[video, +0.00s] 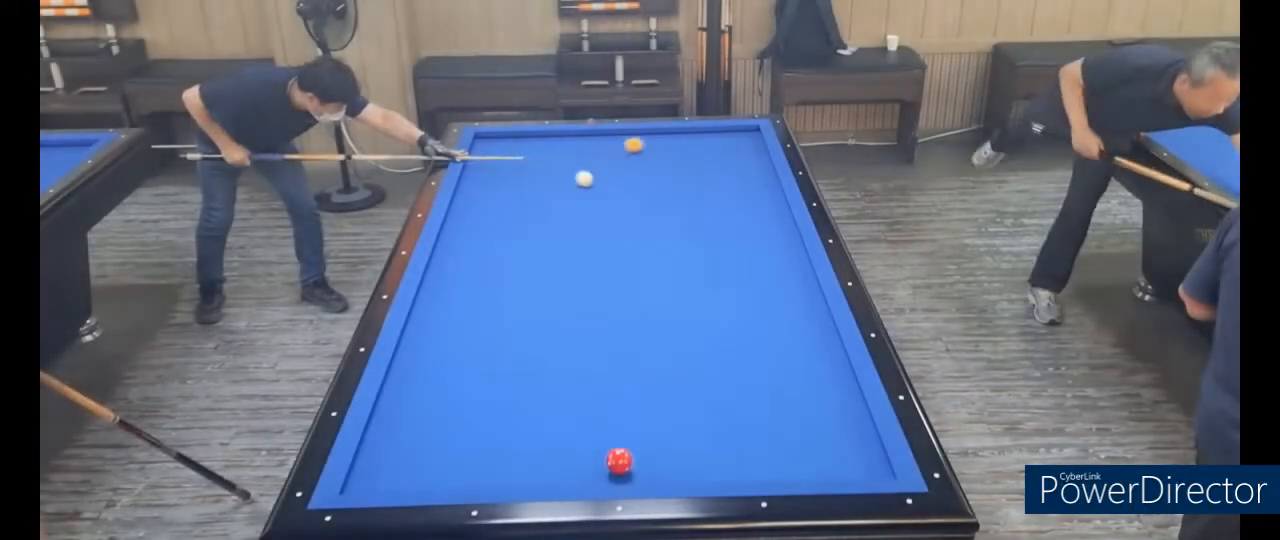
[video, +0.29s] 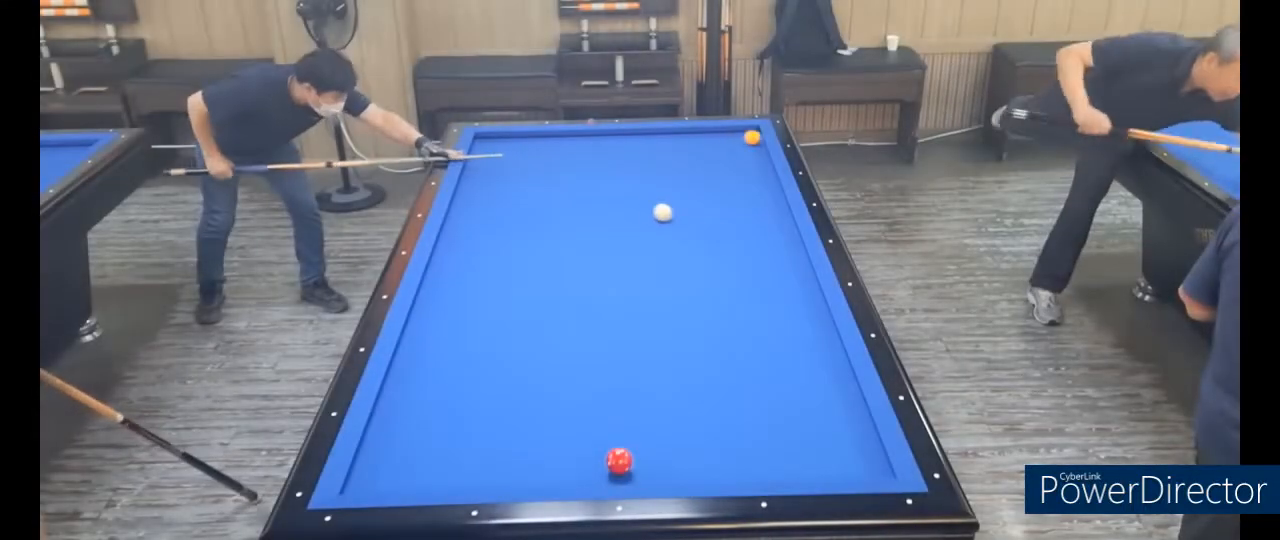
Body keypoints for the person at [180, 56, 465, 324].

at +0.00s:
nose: (334, 116)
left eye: (337, 111)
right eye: (331, 111)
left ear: (330, 97)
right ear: (310, 97)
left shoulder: (329, 94)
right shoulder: (255, 86)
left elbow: (382, 118)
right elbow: (191, 98)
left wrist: (426, 142)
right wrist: (225, 144)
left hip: (274, 147)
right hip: (221, 148)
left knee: (305, 208)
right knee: (215, 219)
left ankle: (314, 284)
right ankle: (209, 292)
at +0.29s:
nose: (339, 107)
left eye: (342, 100)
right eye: (332, 100)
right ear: (307, 89)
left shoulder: (331, 92)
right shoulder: (255, 87)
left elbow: (380, 118)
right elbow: (196, 104)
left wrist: (422, 142)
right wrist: (212, 156)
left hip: (273, 147)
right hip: (223, 148)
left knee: (306, 208)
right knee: (217, 221)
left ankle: (314, 284)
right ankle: (209, 292)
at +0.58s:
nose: (320, 72)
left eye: (323, 64)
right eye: (312, 64)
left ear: (327, 58)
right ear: (285, 58)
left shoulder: (323, 75)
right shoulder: (243, 68)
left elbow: (345, 107)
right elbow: (191, 98)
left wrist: (358, 153)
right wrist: (198, 152)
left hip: (276, 146)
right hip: (224, 149)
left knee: (307, 209)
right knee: (219, 219)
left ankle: (314, 284)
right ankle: (209, 291)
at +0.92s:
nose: (280, 27)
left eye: (286, 17)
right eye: (271, 18)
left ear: (293, 11)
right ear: (247, 14)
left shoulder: (292, 37)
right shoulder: (212, 43)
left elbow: (298, 80)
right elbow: (171, 87)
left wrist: (292, 121)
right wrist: (186, 145)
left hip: (269, 141)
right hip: (217, 148)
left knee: (301, 210)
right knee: (213, 222)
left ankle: (313, 284)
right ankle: (209, 292)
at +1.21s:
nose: (242, 21)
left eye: (248, 15)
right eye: (235, 15)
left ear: (255, 4)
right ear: (216, 3)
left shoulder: (264, 15)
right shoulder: (183, 29)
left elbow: (284, 65)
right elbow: (154, 83)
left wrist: (307, 114)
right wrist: (176, 141)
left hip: (263, 141)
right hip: (210, 148)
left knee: (293, 210)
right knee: (209, 224)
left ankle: (313, 283)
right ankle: (209, 292)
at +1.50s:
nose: (226, 2)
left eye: (230, 1)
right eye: (218, 2)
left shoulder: (255, 9)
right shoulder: (172, 23)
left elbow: (278, 57)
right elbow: (148, 81)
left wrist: (300, 106)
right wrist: (173, 137)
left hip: (262, 139)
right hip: (210, 146)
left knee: (292, 209)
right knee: (209, 222)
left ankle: (313, 283)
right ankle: (210, 292)